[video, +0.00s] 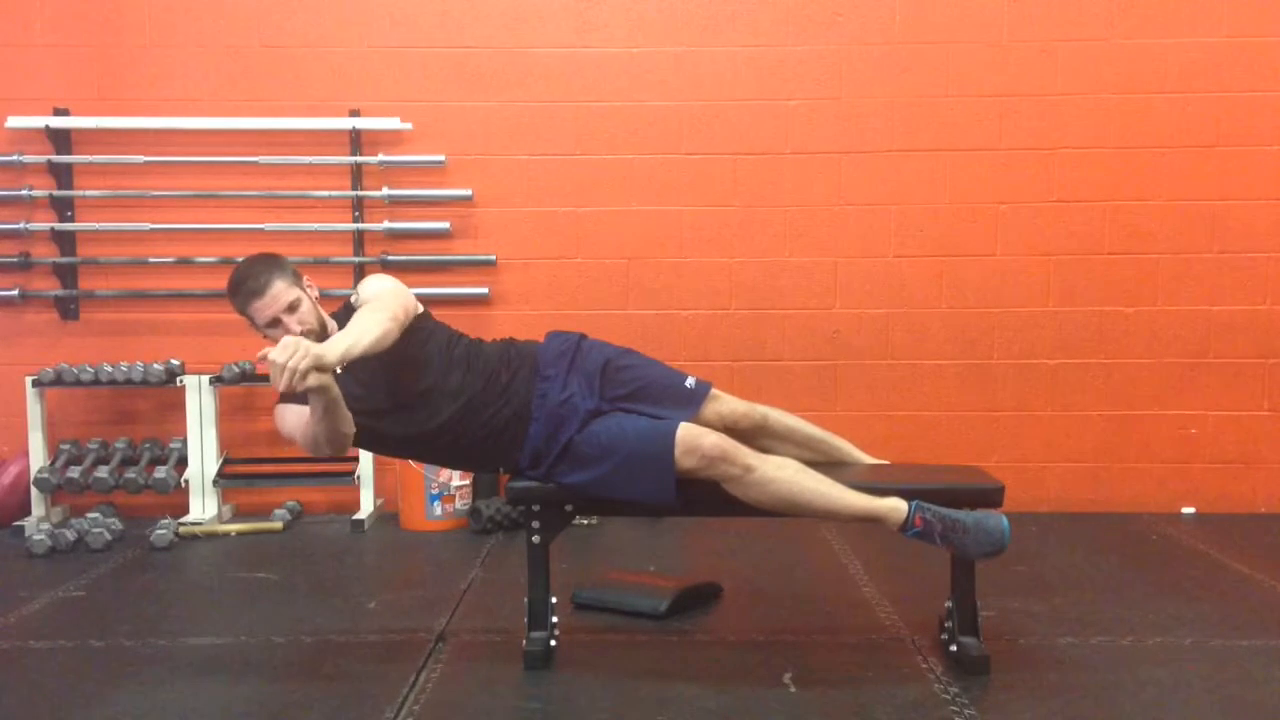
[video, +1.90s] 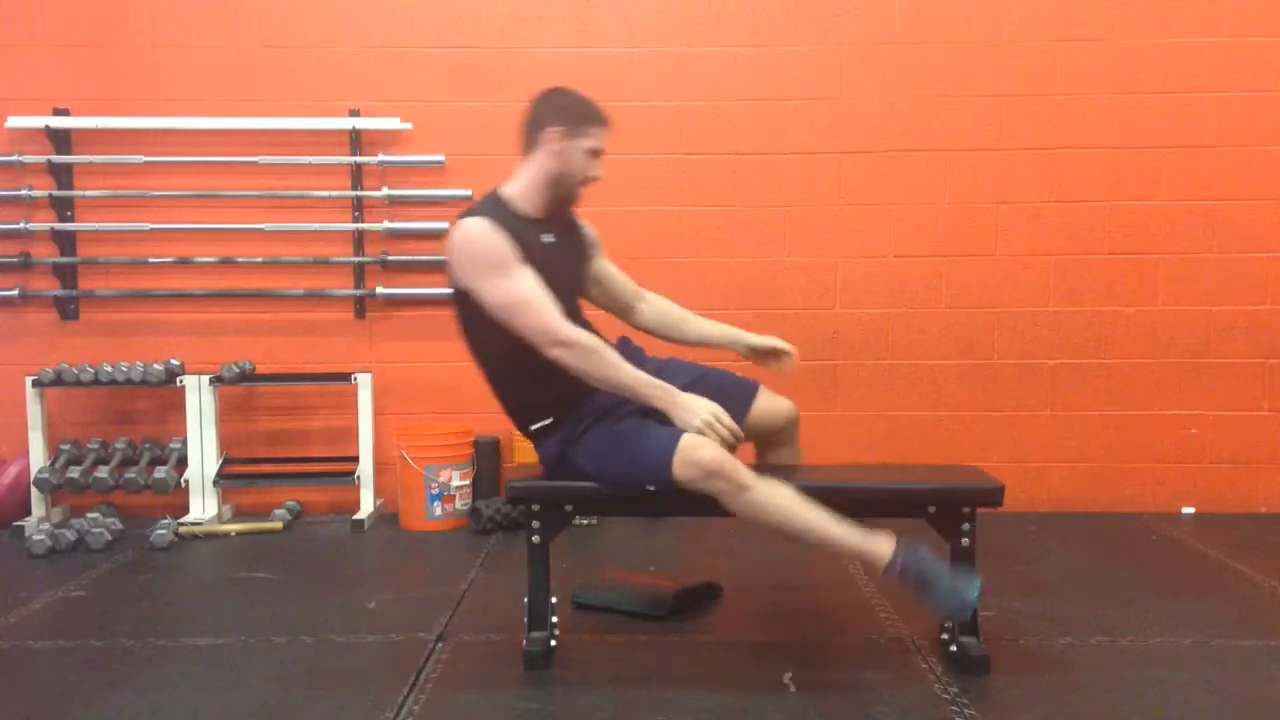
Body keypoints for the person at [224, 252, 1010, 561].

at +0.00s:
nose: (290, 326)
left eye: (290, 308)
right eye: (271, 325)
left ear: (313, 286)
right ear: (261, 339)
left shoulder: (373, 295)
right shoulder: (307, 402)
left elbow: (389, 322)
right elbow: (333, 447)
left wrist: (329, 354)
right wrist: (305, 391)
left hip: (567, 366)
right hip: (546, 449)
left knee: (737, 416)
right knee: (709, 454)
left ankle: (908, 491)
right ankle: (911, 519)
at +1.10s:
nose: (308, 305)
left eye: (309, 287)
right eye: (287, 303)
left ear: (324, 274)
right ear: (268, 318)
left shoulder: (376, 291)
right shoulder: (306, 399)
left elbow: (469, 315)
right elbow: (384, 452)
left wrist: (406, 362)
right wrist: (403, 374)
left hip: (566, 363)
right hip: (541, 442)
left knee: (739, 416)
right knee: (720, 461)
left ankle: (900, 483)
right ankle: (906, 520)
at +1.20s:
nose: (325, 295)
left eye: (327, 277)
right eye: (302, 294)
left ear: (339, 263)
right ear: (279, 307)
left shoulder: (393, 287)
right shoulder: (312, 392)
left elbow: (520, 333)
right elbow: (396, 450)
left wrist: (475, 393)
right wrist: (476, 379)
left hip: (582, 364)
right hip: (547, 443)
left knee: (748, 418)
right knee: (721, 465)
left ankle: (904, 487)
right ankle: (911, 523)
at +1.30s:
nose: (359, 265)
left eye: (361, 247)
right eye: (338, 259)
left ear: (368, 238)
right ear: (302, 271)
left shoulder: (414, 276)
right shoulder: (319, 375)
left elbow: (535, 297)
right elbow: (419, 435)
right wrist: (512, 410)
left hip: (580, 365)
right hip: (543, 444)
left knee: (748, 416)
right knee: (717, 460)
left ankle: (892, 480)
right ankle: (915, 523)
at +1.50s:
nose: (433, 211)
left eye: (430, 198)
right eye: (417, 201)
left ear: (418, 198)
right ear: (369, 209)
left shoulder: (451, 249)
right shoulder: (344, 322)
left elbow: (561, 274)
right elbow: (443, 399)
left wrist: (667, 288)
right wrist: (564, 389)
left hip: (583, 367)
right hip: (547, 434)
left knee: (755, 420)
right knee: (713, 461)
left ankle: (890, 498)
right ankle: (914, 522)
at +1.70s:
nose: (521, 180)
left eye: (523, 165)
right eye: (511, 165)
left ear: (491, 161)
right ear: (463, 160)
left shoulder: (507, 233)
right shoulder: (409, 263)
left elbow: (595, 285)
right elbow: (500, 356)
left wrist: (686, 306)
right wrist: (622, 389)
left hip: (602, 367)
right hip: (555, 426)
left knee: (767, 420)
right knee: (710, 462)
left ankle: (872, 508)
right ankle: (904, 522)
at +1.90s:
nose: (597, 171)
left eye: (601, 157)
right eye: (592, 153)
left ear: (564, 148)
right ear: (547, 142)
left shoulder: (565, 231)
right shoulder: (478, 238)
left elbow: (640, 306)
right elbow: (562, 344)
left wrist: (738, 339)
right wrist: (668, 401)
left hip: (623, 377)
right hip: (572, 421)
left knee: (777, 417)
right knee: (713, 464)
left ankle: (785, 539)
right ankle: (892, 557)